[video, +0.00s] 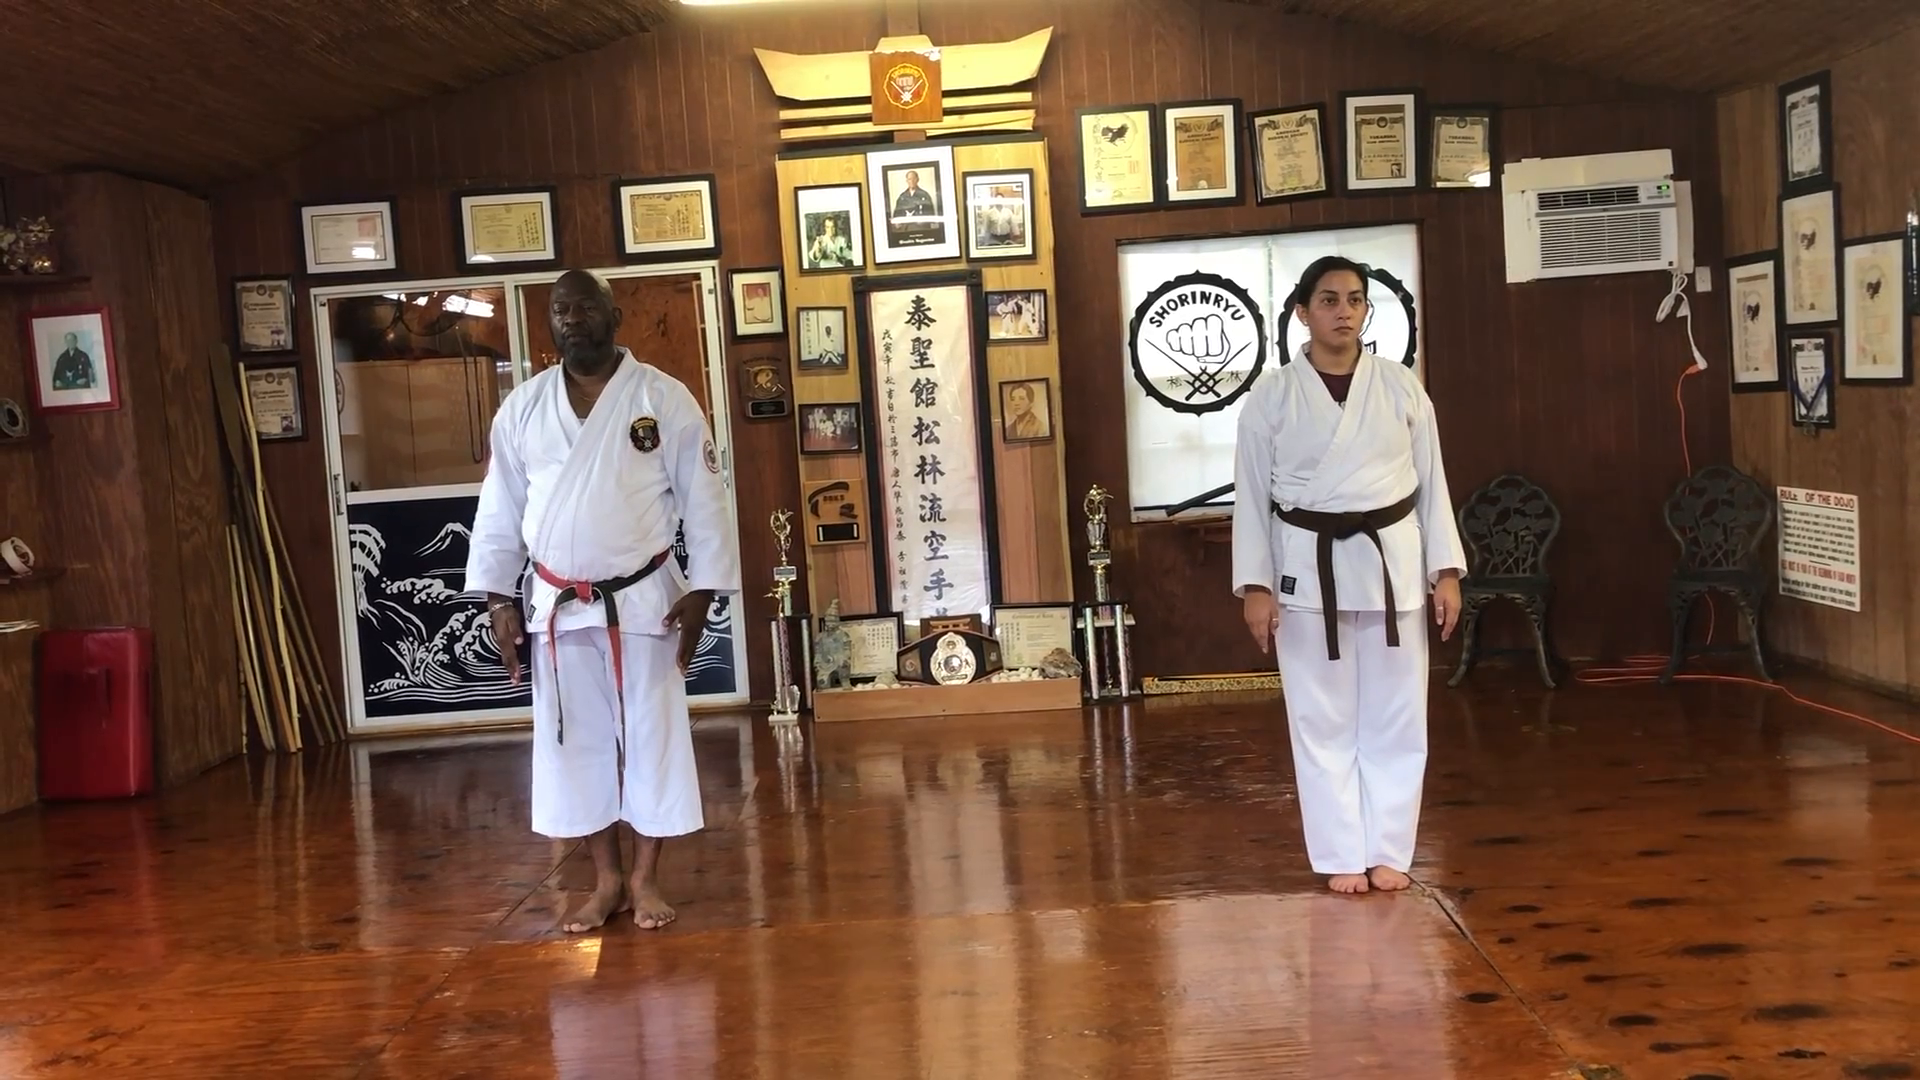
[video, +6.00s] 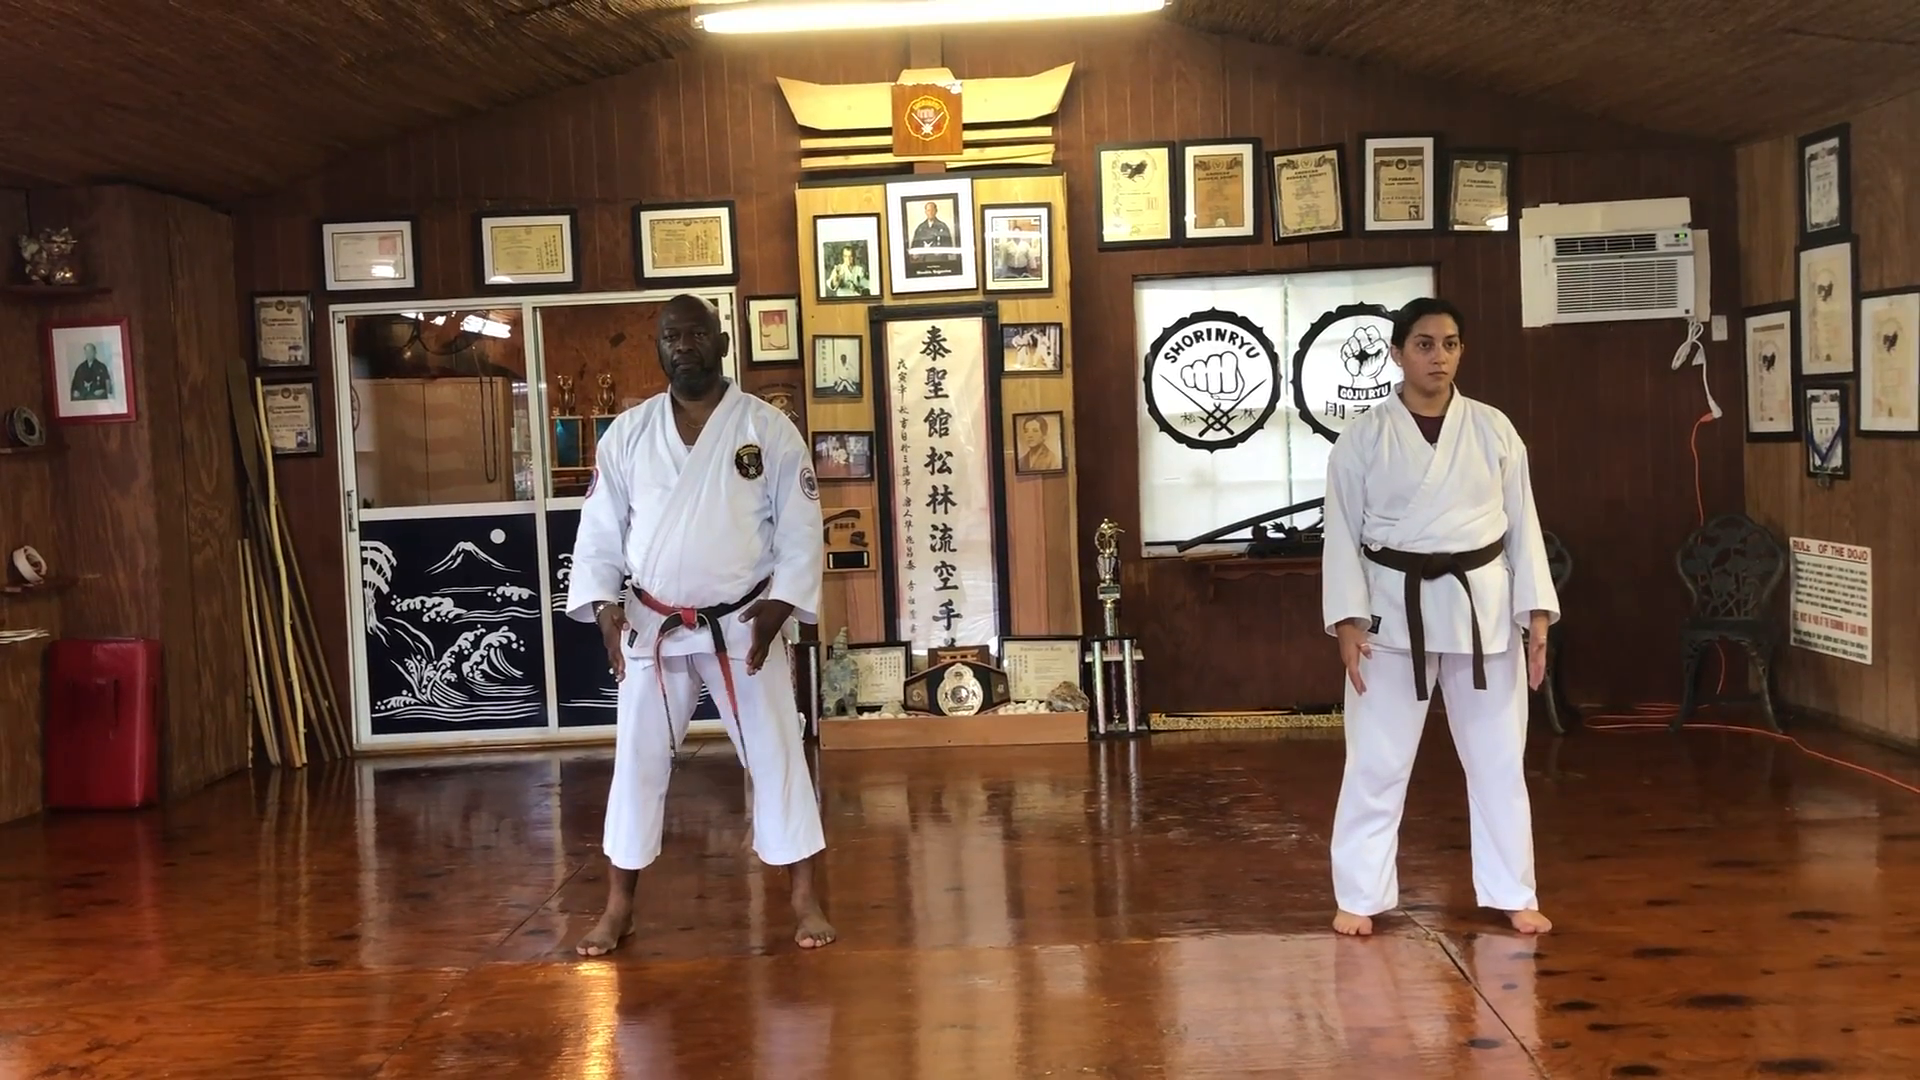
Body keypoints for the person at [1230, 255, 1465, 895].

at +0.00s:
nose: (1344, 311)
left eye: (1355, 299)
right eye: (1329, 299)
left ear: (1367, 311)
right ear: (1302, 311)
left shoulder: (1400, 385)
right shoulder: (1269, 396)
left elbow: (1430, 485)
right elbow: (1251, 497)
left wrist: (1445, 571)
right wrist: (1255, 584)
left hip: (1394, 569)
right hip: (1307, 574)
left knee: (1394, 718)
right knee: (1323, 720)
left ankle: (1388, 855)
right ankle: (1341, 860)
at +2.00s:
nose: (1357, 322)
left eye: (1368, 311)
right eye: (1343, 311)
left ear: (1380, 318)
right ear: (1316, 318)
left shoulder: (1412, 386)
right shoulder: (1280, 395)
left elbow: (1437, 486)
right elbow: (1258, 499)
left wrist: (1441, 577)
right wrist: (1270, 590)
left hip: (1398, 564)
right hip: (1313, 568)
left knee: (1398, 717)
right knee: (1330, 721)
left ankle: (1395, 859)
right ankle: (1348, 863)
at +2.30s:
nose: (1370, 397)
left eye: (1382, 382)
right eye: (1357, 383)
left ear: (1397, 375)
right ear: (1329, 375)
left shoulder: (1422, 423)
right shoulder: (1286, 429)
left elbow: (1435, 518)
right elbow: (1261, 525)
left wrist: (1430, 603)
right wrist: (1273, 615)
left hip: (1393, 574)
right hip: (1313, 578)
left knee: (1392, 715)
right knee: (1327, 719)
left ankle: (1386, 857)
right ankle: (1345, 861)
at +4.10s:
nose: (1375, 313)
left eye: (1386, 301)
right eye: (1360, 301)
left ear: (1398, 313)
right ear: (1334, 312)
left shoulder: (1429, 387)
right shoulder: (1298, 396)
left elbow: (1458, 487)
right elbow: (1276, 497)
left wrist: (1478, 570)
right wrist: (1283, 586)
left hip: (1425, 563)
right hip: (1335, 567)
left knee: (1455, 710)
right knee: (1345, 721)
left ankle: (1480, 844)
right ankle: (1356, 860)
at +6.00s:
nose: (1439, 356)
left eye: (1449, 344)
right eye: (1424, 343)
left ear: (1462, 353)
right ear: (1398, 353)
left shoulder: (1494, 429)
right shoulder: (1362, 437)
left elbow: (1522, 526)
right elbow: (1341, 531)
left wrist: (1536, 611)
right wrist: (1345, 615)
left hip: (1485, 611)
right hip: (1391, 612)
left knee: (1499, 764)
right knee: (1376, 765)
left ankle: (1514, 896)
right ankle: (1358, 901)